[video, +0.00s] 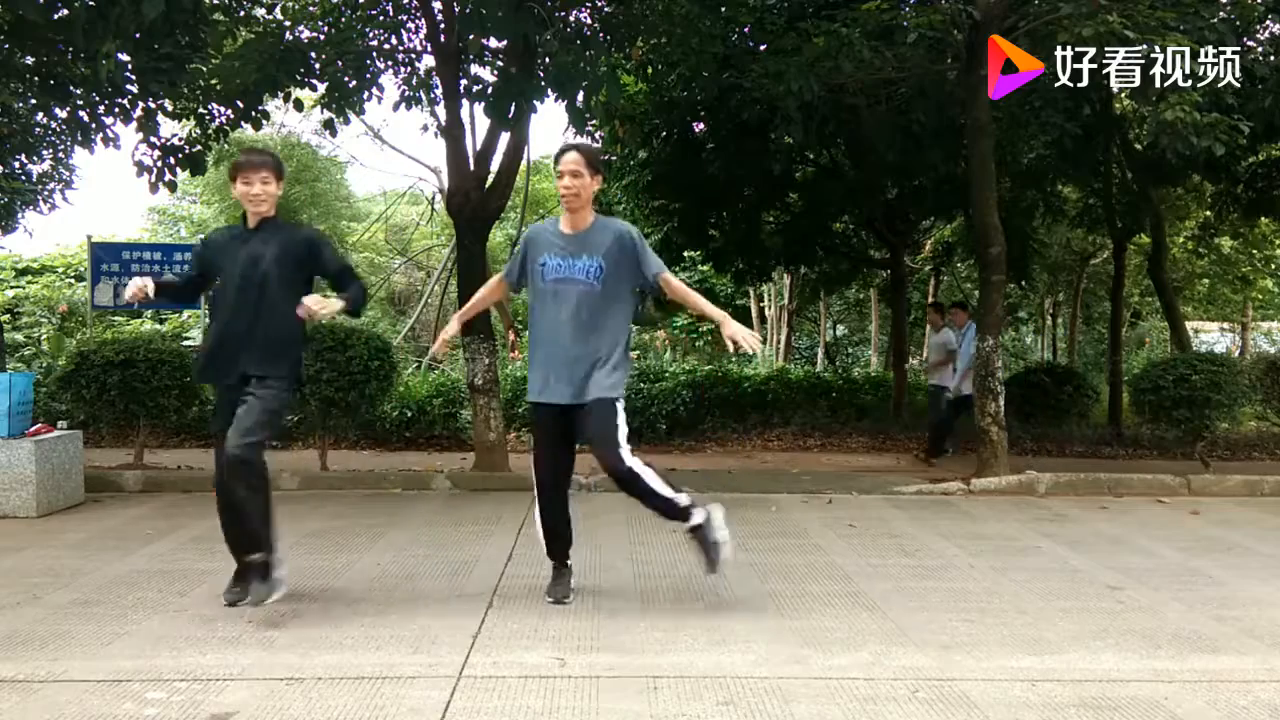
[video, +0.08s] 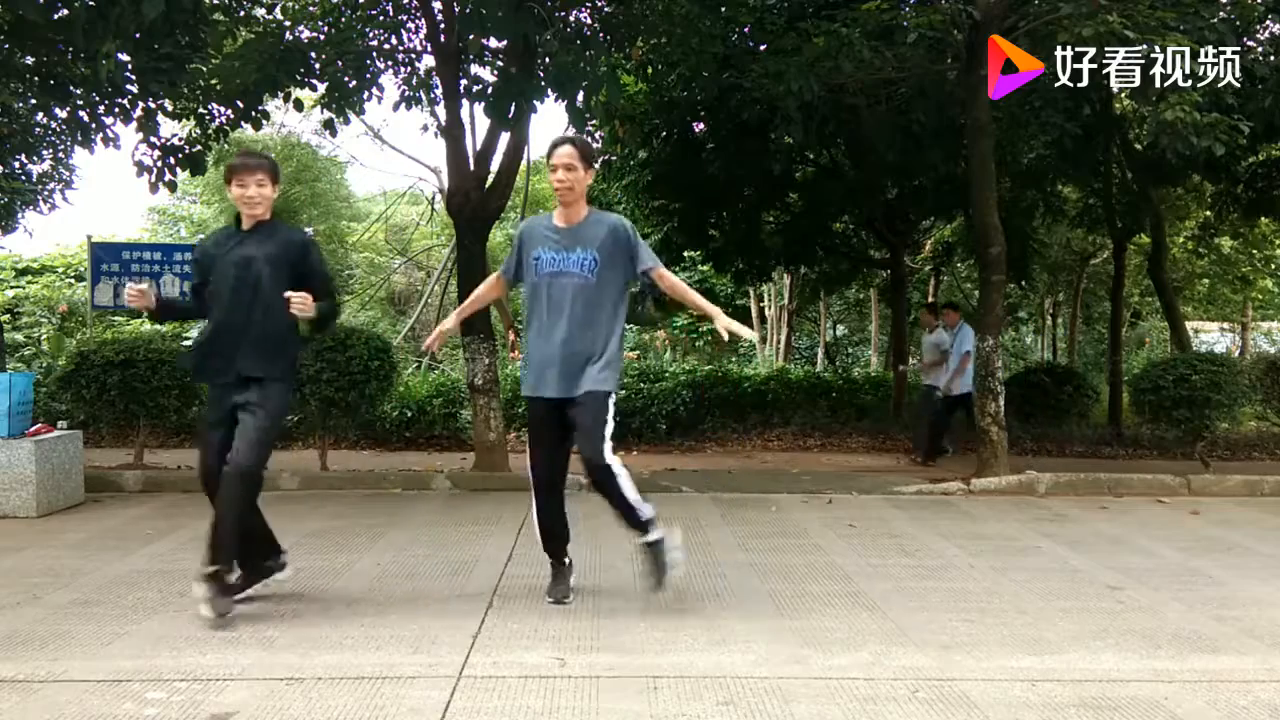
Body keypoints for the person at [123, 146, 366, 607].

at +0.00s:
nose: (257, 190)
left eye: (266, 181)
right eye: (248, 182)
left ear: (280, 186)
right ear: (235, 189)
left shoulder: (304, 241)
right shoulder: (219, 243)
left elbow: (355, 289)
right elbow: (189, 287)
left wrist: (336, 302)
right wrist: (152, 287)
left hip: (274, 372)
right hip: (227, 372)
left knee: (241, 450)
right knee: (225, 467)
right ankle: (245, 565)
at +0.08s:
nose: (252, 193)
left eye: (261, 184)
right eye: (243, 185)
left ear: (276, 189)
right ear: (230, 191)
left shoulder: (297, 245)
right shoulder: (213, 247)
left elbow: (329, 308)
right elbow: (199, 306)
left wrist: (315, 310)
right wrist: (156, 303)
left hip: (270, 377)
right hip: (221, 376)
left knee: (242, 469)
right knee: (213, 474)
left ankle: (218, 574)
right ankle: (262, 558)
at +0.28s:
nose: (227, 200)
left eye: (237, 193)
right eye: (222, 192)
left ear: (261, 201)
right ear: (215, 200)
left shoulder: (282, 259)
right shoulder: (200, 257)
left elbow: (323, 317)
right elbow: (178, 313)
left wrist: (296, 318)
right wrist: (134, 316)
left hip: (253, 395)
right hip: (206, 393)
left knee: (216, 486)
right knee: (215, 487)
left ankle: (199, 590)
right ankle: (268, 573)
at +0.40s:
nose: (214, 185)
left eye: (225, 178)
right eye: (211, 178)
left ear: (252, 186)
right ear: (207, 184)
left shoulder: (274, 234)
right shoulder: (196, 232)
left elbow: (346, 254)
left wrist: (319, 295)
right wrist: (113, 271)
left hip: (247, 369)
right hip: (203, 370)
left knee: (222, 472)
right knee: (218, 472)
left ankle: (252, 582)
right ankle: (242, 578)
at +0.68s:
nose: (207, 188)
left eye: (217, 179)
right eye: (202, 180)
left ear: (244, 185)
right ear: (198, 187)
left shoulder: (268, 236)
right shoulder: (187, 241)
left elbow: (319, 293)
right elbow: (167, 291)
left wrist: (295, 299)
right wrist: (129, 287)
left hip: (248, 377)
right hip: (198, 377)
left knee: (222, 473)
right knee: (198, 475)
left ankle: (210, 583)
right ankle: (257, 551)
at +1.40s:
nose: (221, 206)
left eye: (229, 197)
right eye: (213, 199)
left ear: (247, 200)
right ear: (204, 204)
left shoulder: (270, 252)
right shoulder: (197, 255)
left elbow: (287, 315)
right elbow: (168, 316)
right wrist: (175, 278)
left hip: (245, 375)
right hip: (202, 376)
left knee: (203, 439)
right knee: (208, 470)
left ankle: (200, 554)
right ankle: (232, 570)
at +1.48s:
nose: (231, 199)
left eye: (239, 190)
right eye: (223, 191)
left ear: (254, 192)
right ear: (213, 194)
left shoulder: (277, 245)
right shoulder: (197, 242)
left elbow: (293, 314)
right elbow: (164, 303)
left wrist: (298, 374)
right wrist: (175, 271)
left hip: (259, 353)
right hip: (208, 358)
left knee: (210, 394)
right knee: (225, 458)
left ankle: (208, 510)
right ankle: (233, 568)